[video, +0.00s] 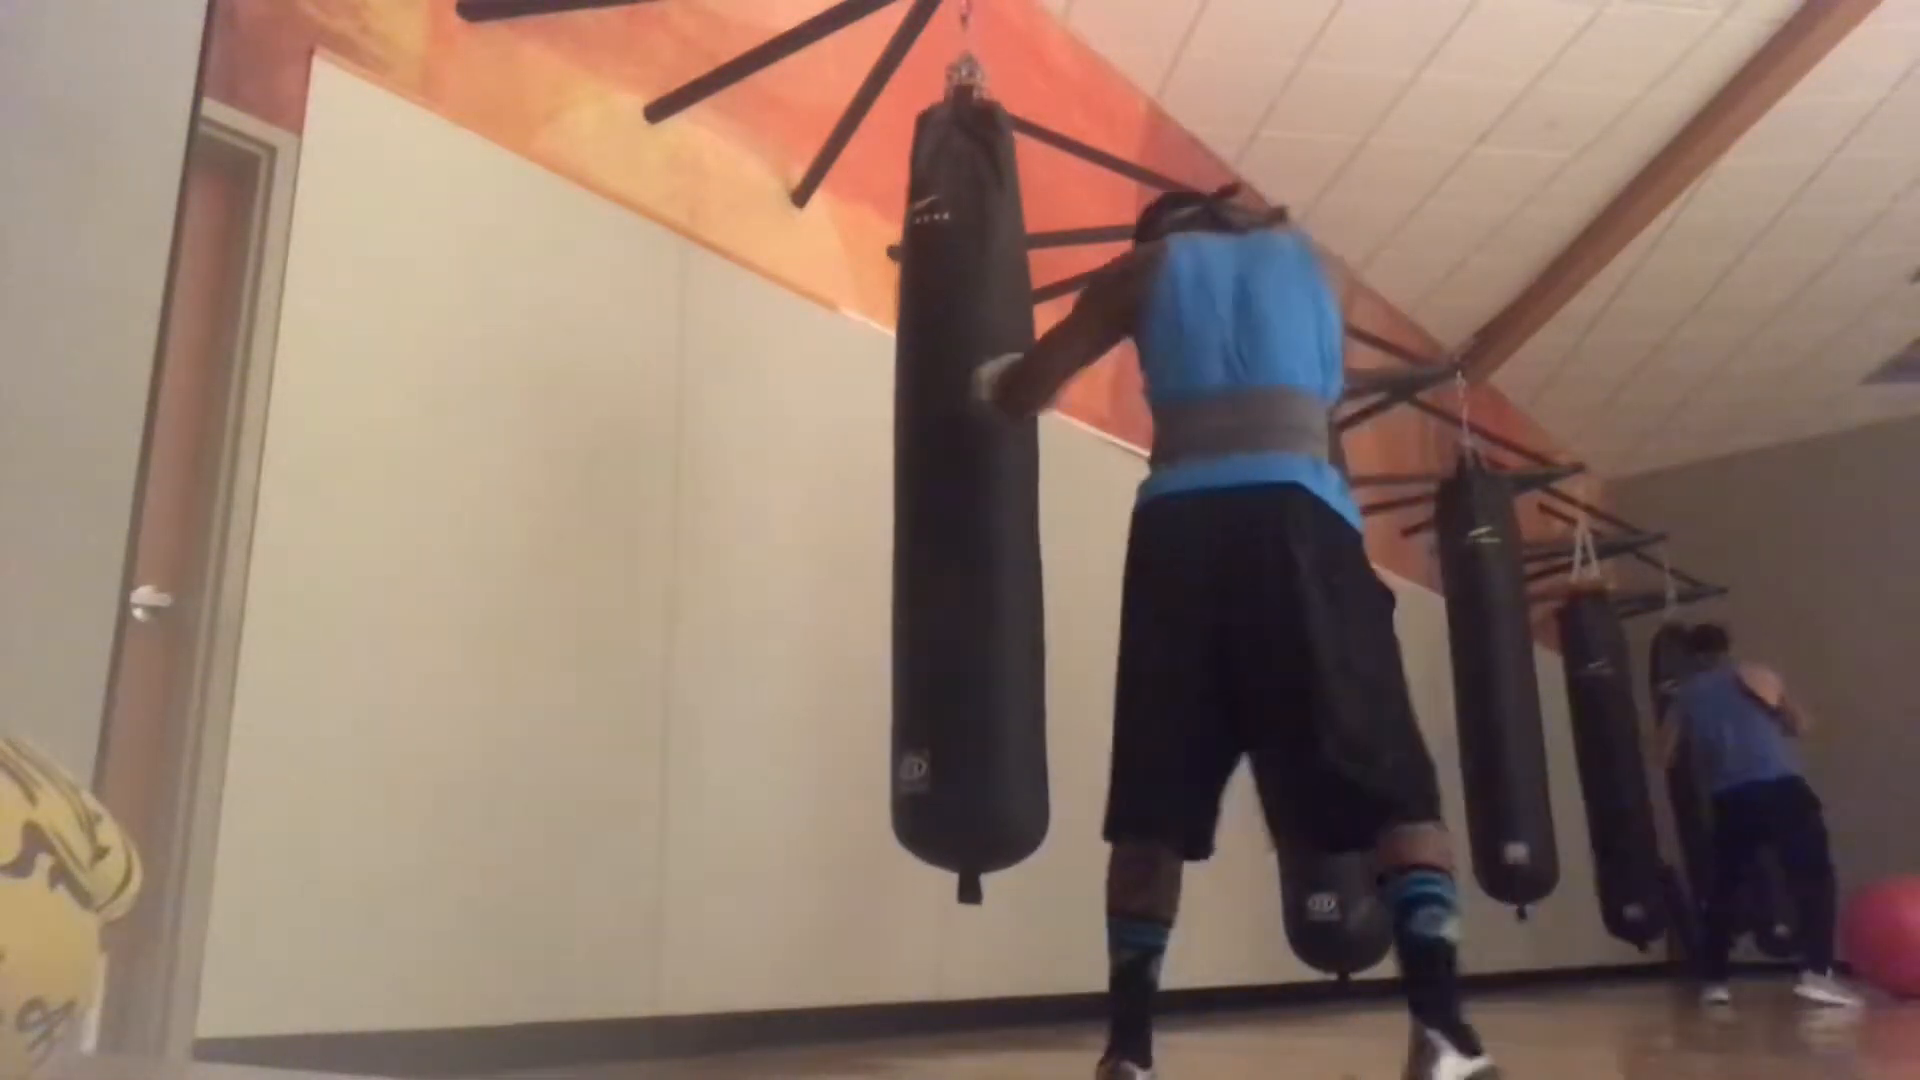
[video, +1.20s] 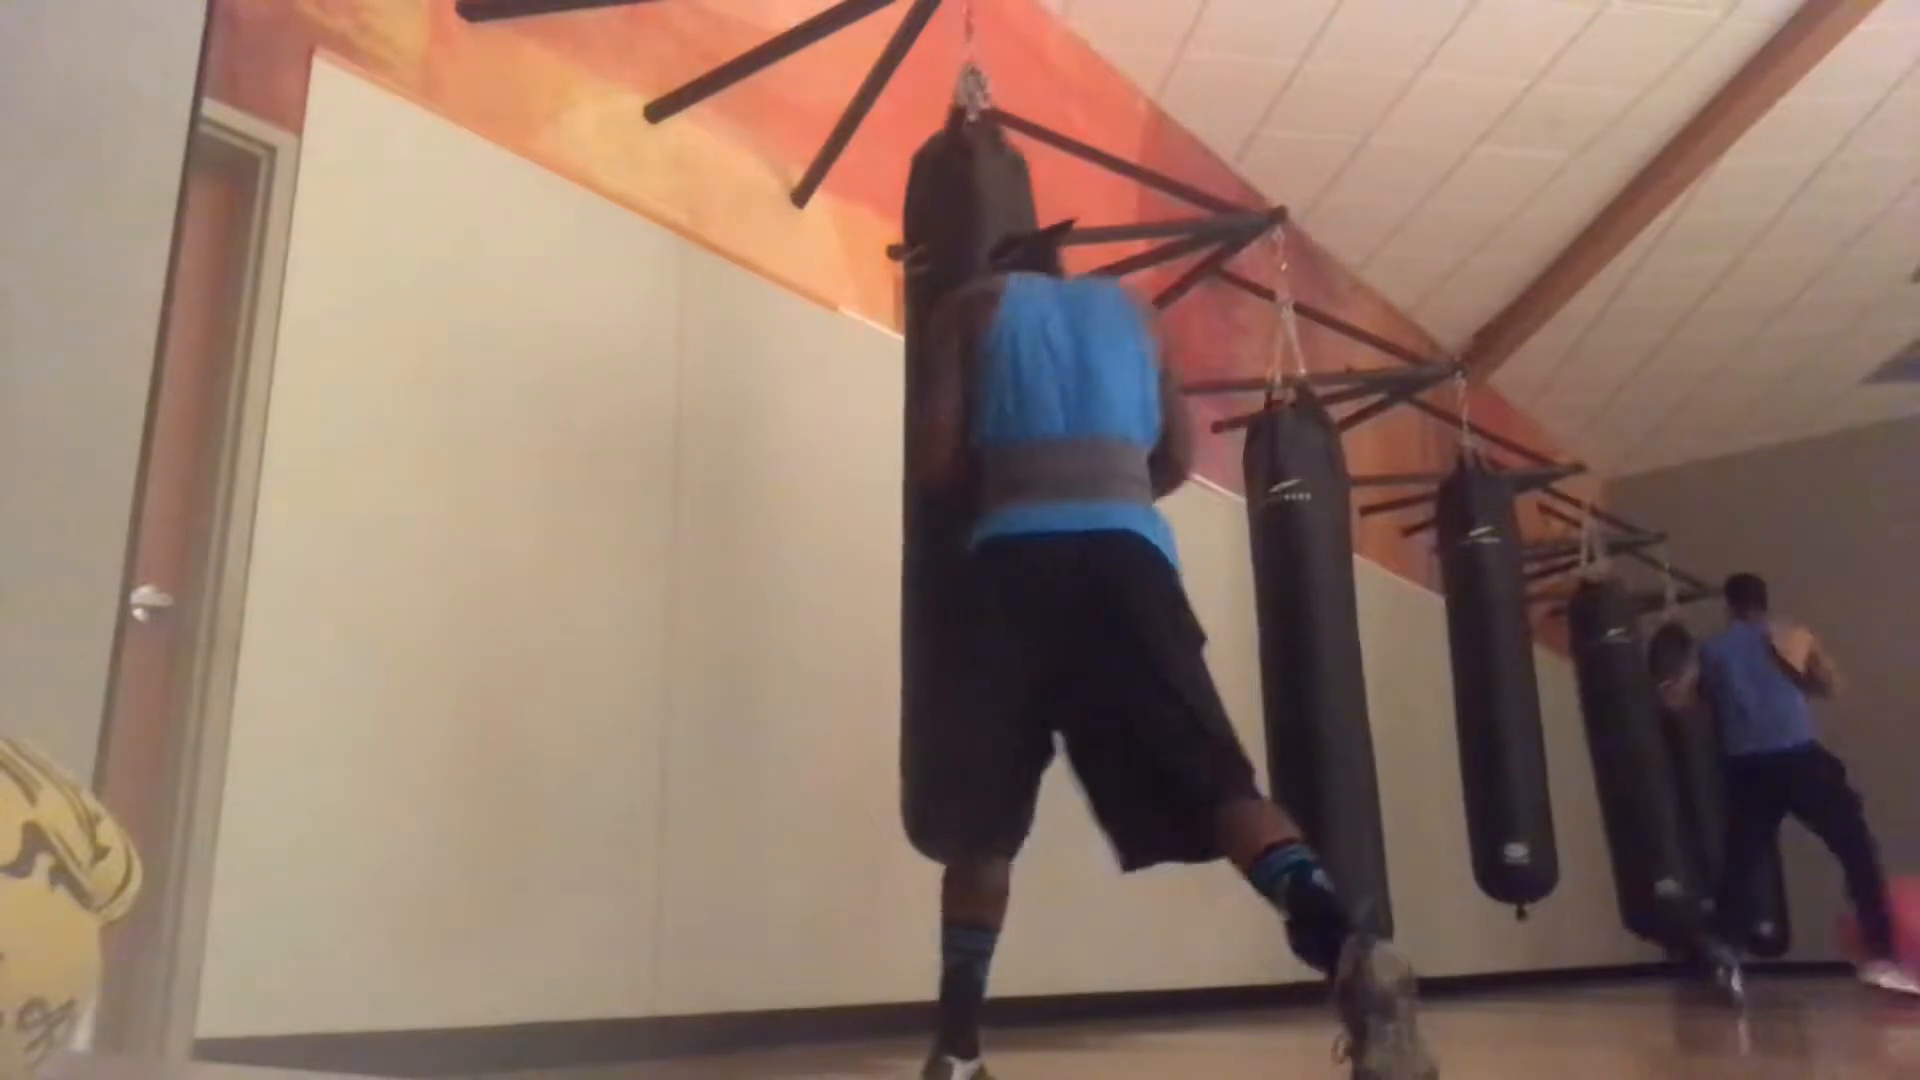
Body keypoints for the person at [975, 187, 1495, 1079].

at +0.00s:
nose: (1139, 264)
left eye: (1143, 250)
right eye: (1142, 252)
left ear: (1167, 237)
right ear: (1251, 226)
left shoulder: (1150, 266)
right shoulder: (1313, 269)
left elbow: (1030, 384)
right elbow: (1323, 395)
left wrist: (997, 382)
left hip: (1177, 539)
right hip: (1303, 536)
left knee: (1151, 798)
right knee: (1397, 786)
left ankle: (1127, 1051)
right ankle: (1441, 1028)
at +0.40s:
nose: (1251, 303)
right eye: (1240, 295)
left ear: (1122, 321)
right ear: (1199, 301)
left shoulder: (1086, 368)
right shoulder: (1250, 329)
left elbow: (1012, 458)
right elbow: (1287, 482)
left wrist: (988, 524)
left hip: (1097, 604)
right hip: (1221, 598)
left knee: (1069, 825)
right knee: (1381, 806)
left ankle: (996, 1043)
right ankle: (1389, 1024)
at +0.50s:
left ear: (1098, 325)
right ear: (1177, 309)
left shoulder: (1063, 372)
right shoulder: (1242, 327)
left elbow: (994, 513)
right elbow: (1253, 488)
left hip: (1075, 595)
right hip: (1196, 592)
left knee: (1061, 816)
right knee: (1315, 813)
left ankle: (994, 1042)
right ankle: (1282, 1041)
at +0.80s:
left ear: (1029, 300)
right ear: (1108, 289)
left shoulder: (994, 346)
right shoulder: (1165, 325)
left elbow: (942, 451)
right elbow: (1210, 476)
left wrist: (977, 446)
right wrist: (1134, 453)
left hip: (1005, 594)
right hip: (1125, 587)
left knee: (998, 822)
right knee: (1224, 799)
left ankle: (959, 1040)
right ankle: (1280, 1000)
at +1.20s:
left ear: (970, 247)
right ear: (1046, 246)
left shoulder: (965, 310)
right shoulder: (1125, 305)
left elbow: (935, 463)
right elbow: (1177, 456)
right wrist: (1090, 494)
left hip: (1007, 572)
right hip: (1130, 567)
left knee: (984, 814)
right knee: (1213, 772)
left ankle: (955, 1046)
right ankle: (1347, 947)